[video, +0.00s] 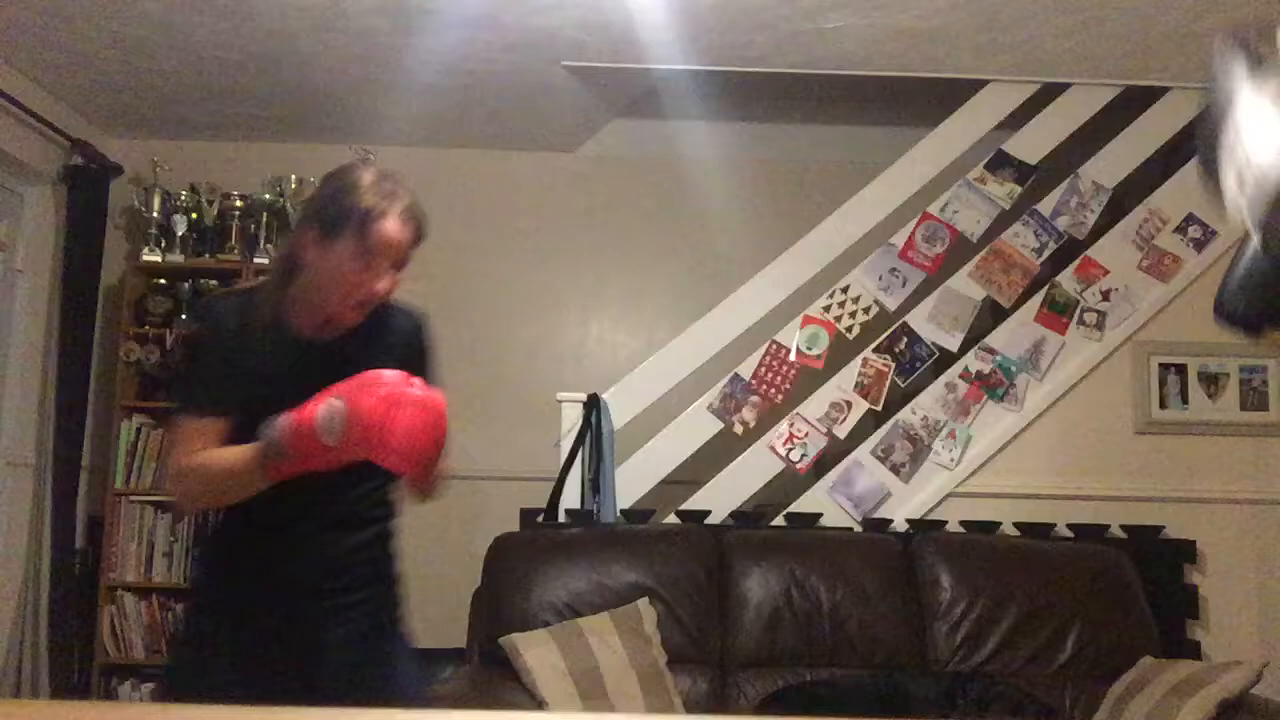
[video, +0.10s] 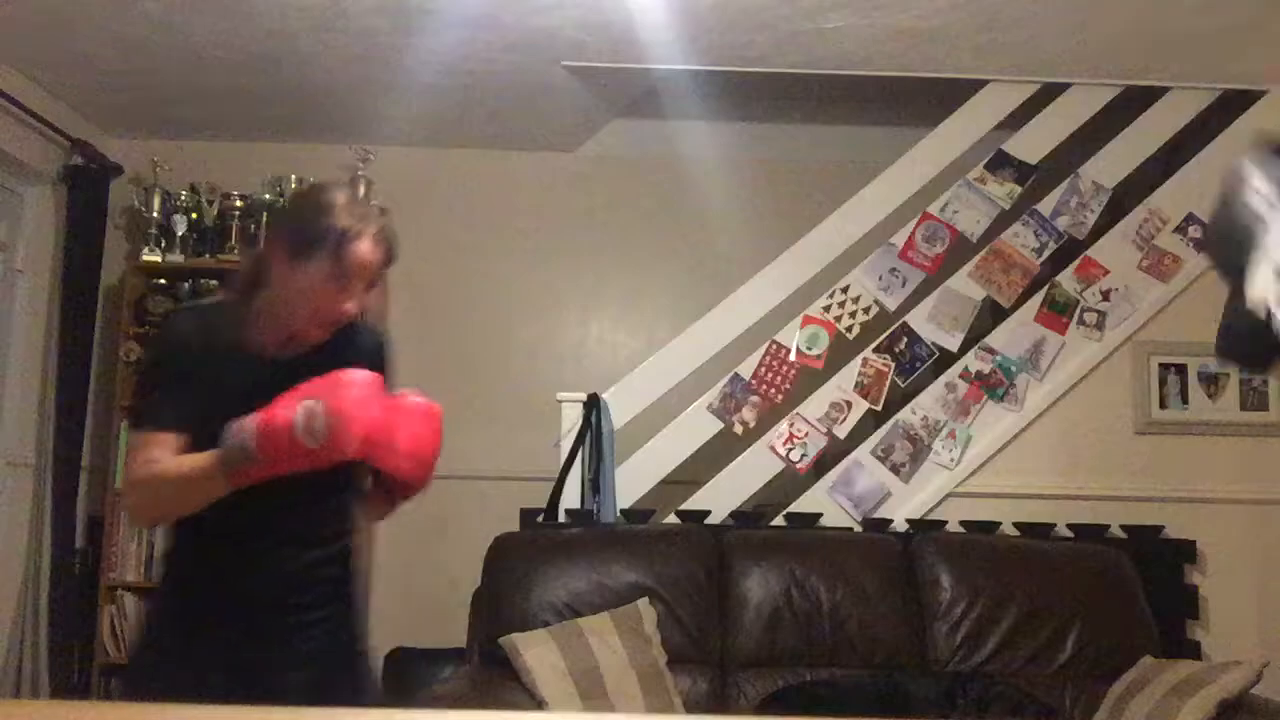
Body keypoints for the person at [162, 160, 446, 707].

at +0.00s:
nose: (381, 286)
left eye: (396, 268)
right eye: (366, 261)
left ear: (404, 267)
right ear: (309, 242)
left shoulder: (399, 335)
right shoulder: (232, 327)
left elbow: (426, 485)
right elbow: (185, 481)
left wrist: (417, 442)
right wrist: (300, 437)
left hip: (358, 629)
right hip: (239, 630)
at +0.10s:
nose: (352, 307)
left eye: (367, 288)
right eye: (339, 282)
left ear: (376, 286)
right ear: (279, 255)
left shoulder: (359, 349)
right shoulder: (194, 336)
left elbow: (356, 506)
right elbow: (142, 495)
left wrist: (395, 481)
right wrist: (257, 446)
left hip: (316, 646)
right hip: (198, 646)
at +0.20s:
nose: (319, 302)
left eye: (331, 284)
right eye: (307, 276)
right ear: (248, 250)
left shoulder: (317, 347)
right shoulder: (149, 327)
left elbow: (325, 494)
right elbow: (103, 480)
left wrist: (368, 457)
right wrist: (223, 412)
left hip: (275, 636)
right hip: (153, 638)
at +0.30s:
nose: (304, 268)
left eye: (318, 251)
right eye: (295, 243)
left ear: (330, 245)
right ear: (239, 212)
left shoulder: (310, 311)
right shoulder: (137, 286)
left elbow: (315, 455)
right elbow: (85, 436)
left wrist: (363, 422)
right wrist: (204, 367)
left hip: (257, 587)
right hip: (136, 584)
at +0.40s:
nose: (296, 271)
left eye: (310, 256)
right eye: (287, 248)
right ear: (230, 214)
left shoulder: (291, 316)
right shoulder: (128, 284)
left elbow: (318, 451)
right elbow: (83, 441)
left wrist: (364, 414)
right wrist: (199, 356)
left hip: (246, 599)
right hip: (128, 593)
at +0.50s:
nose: (288, 296)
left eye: (302, 280)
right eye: (279, 274)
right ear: (225, 250)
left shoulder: (282, 346)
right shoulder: (118, 321)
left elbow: (305, 473)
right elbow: (98, 464)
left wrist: (357, 428)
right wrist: (218, 359)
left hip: (239, 633)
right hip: (121, 632)